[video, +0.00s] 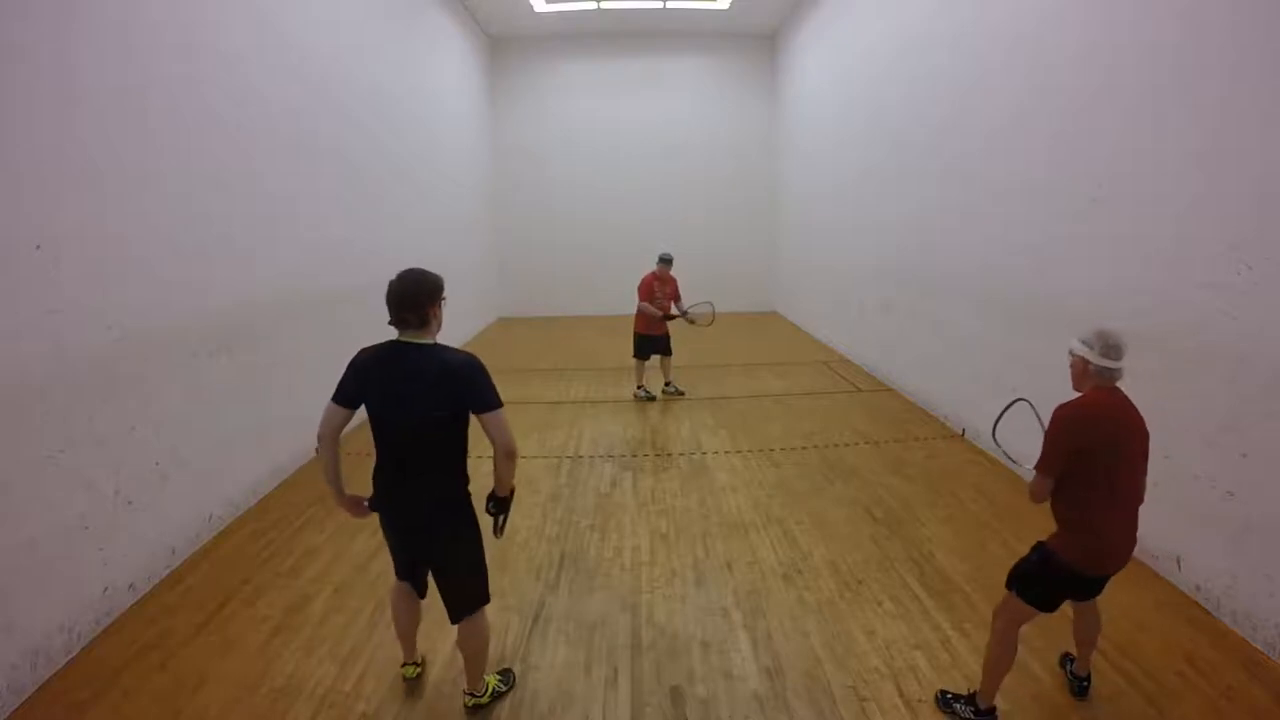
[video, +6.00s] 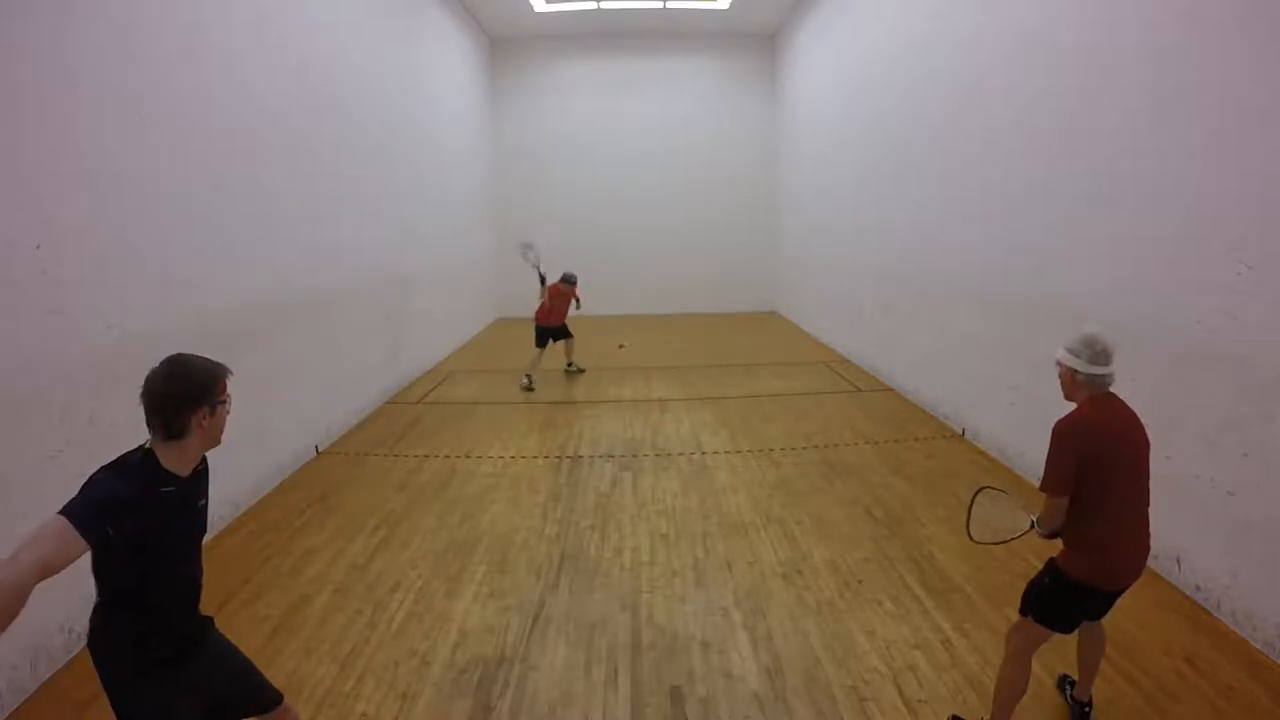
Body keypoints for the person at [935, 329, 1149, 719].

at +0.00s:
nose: (1070, 365)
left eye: (1075, 360)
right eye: (1073, 358)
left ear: (1086, 366)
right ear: (1114, 370)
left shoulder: (1071, 414)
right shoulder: (1133, 417)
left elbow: (1038, 493)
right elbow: (1137, 494)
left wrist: (1046, 467)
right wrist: (1078, 470)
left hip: (1075, 548)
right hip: (1117, 549)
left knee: (1007, 617)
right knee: (1085, 599)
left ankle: (982, 703)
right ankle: (1081, 673)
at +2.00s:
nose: (1058, 369)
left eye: (1061, 363)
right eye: (1061, 363)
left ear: (1070, 370)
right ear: (1102, 372)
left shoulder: (1063, 418)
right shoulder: (1121, 414)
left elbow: (1040, 496)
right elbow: (1106, 482)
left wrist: (1030, 500)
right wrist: (1050, 501)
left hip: (1075, 546)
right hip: (1117, 544)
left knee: (1008, 617)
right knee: (1078, 595)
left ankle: (981, 708)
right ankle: (1073, 675)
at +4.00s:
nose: (1052, 361)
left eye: (1059, 354)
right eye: (1054, 353)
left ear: (1084, 360)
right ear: (1090, 360)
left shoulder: (1079, 415)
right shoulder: (1115, 400)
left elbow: (1062, 494)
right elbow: (1104, 474)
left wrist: (1036, 507)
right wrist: (1055, 503)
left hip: (1081, 541)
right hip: (1112, 536)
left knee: (1026, 621)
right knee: (1087, 598)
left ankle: (985, 704)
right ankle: (1081, 672)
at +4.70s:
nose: (1098, 367)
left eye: (1103, 358)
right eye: (1098, 358)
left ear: (1126, 359)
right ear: (1134, 361)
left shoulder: (1125, 410)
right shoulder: (1158, 402)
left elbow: (1093, 485)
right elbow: (1139, 475)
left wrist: (1048, 467)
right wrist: (1091, 493)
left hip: (1115, 536)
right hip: (1143, 536)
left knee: (1052, 612)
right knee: (1093, 601)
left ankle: (1043, 706)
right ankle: (1077, 673)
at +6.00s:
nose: (1059, 374)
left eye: (1063, 368)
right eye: (1061, 367)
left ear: (1076, 375)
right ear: (1102, 375)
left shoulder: (1071, 428)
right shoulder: (1128, 419)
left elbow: (1054, 515)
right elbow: (1116, 493)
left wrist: (1043, 527)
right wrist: (1059, 522)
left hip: (1087, 565)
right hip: (1129, 561)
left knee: (1021, 641)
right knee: (1090, 621)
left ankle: (998, 715)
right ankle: (1082, 697)